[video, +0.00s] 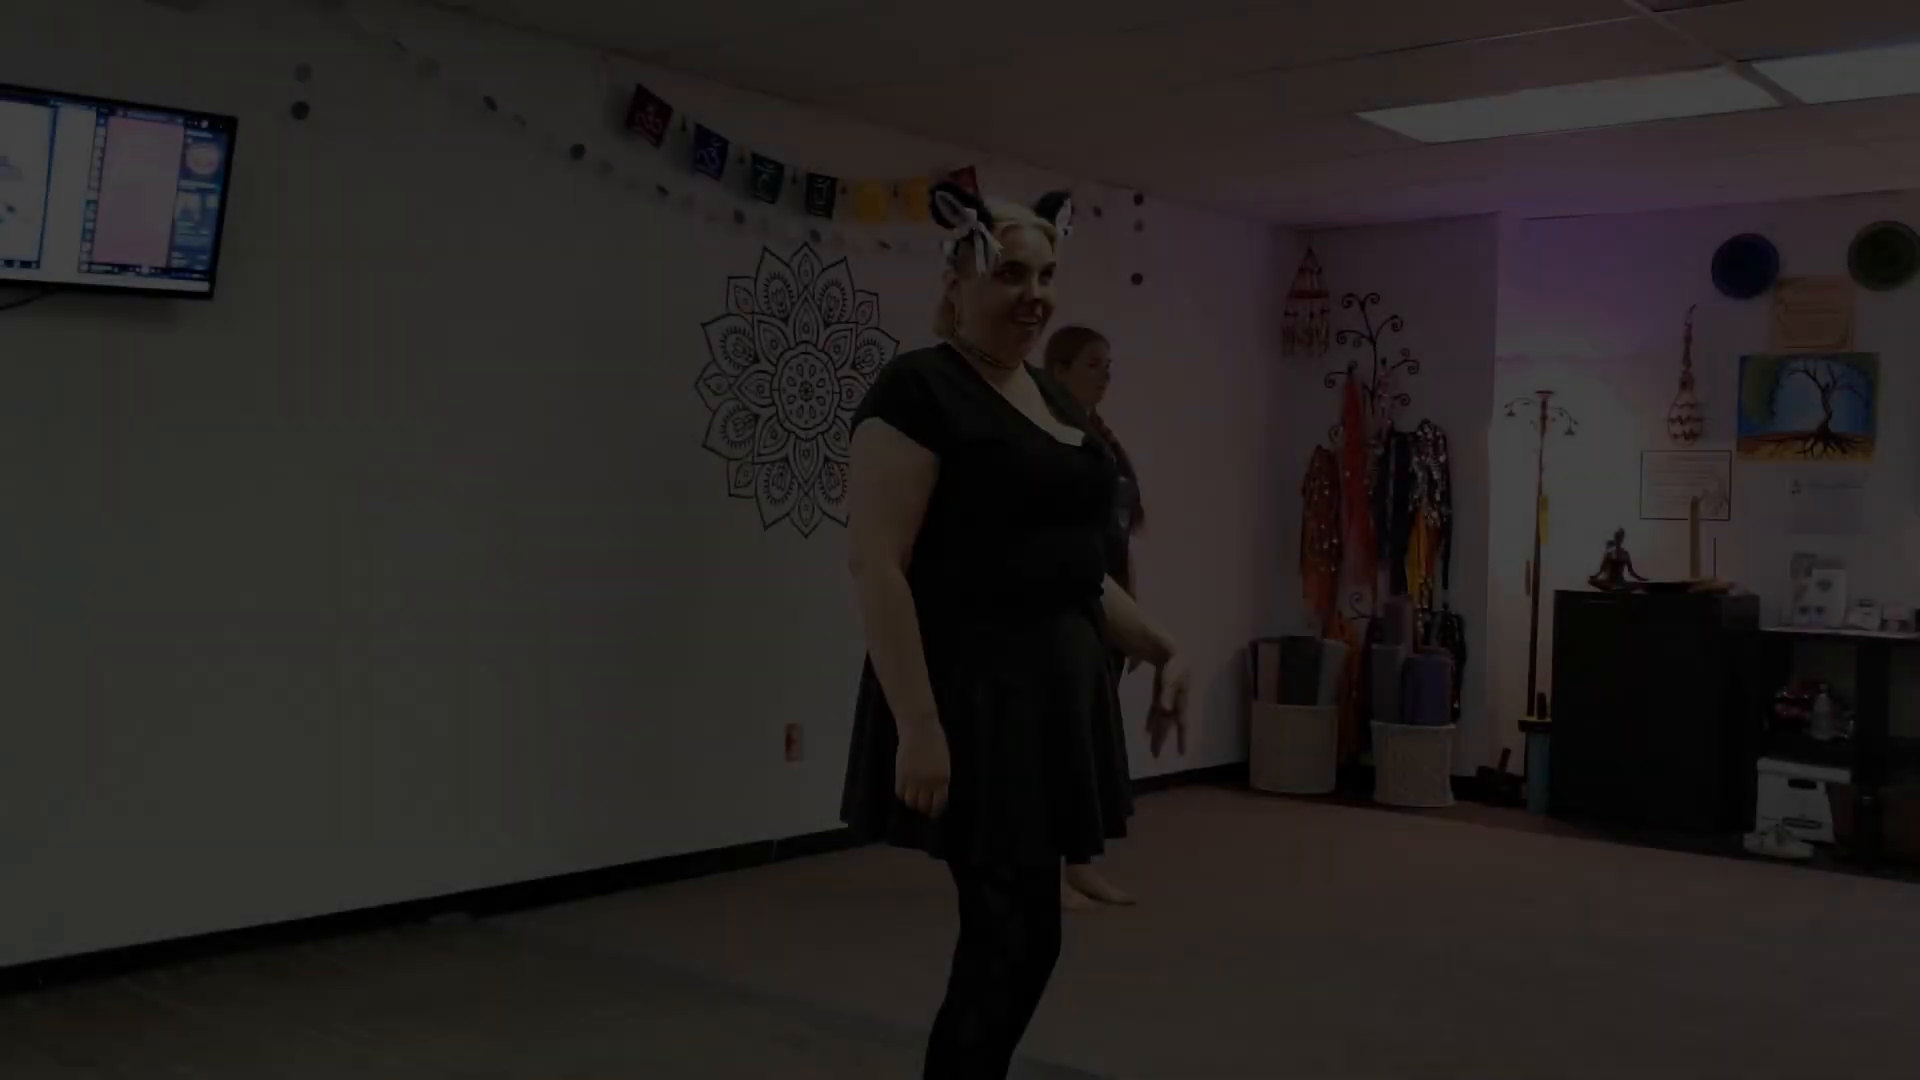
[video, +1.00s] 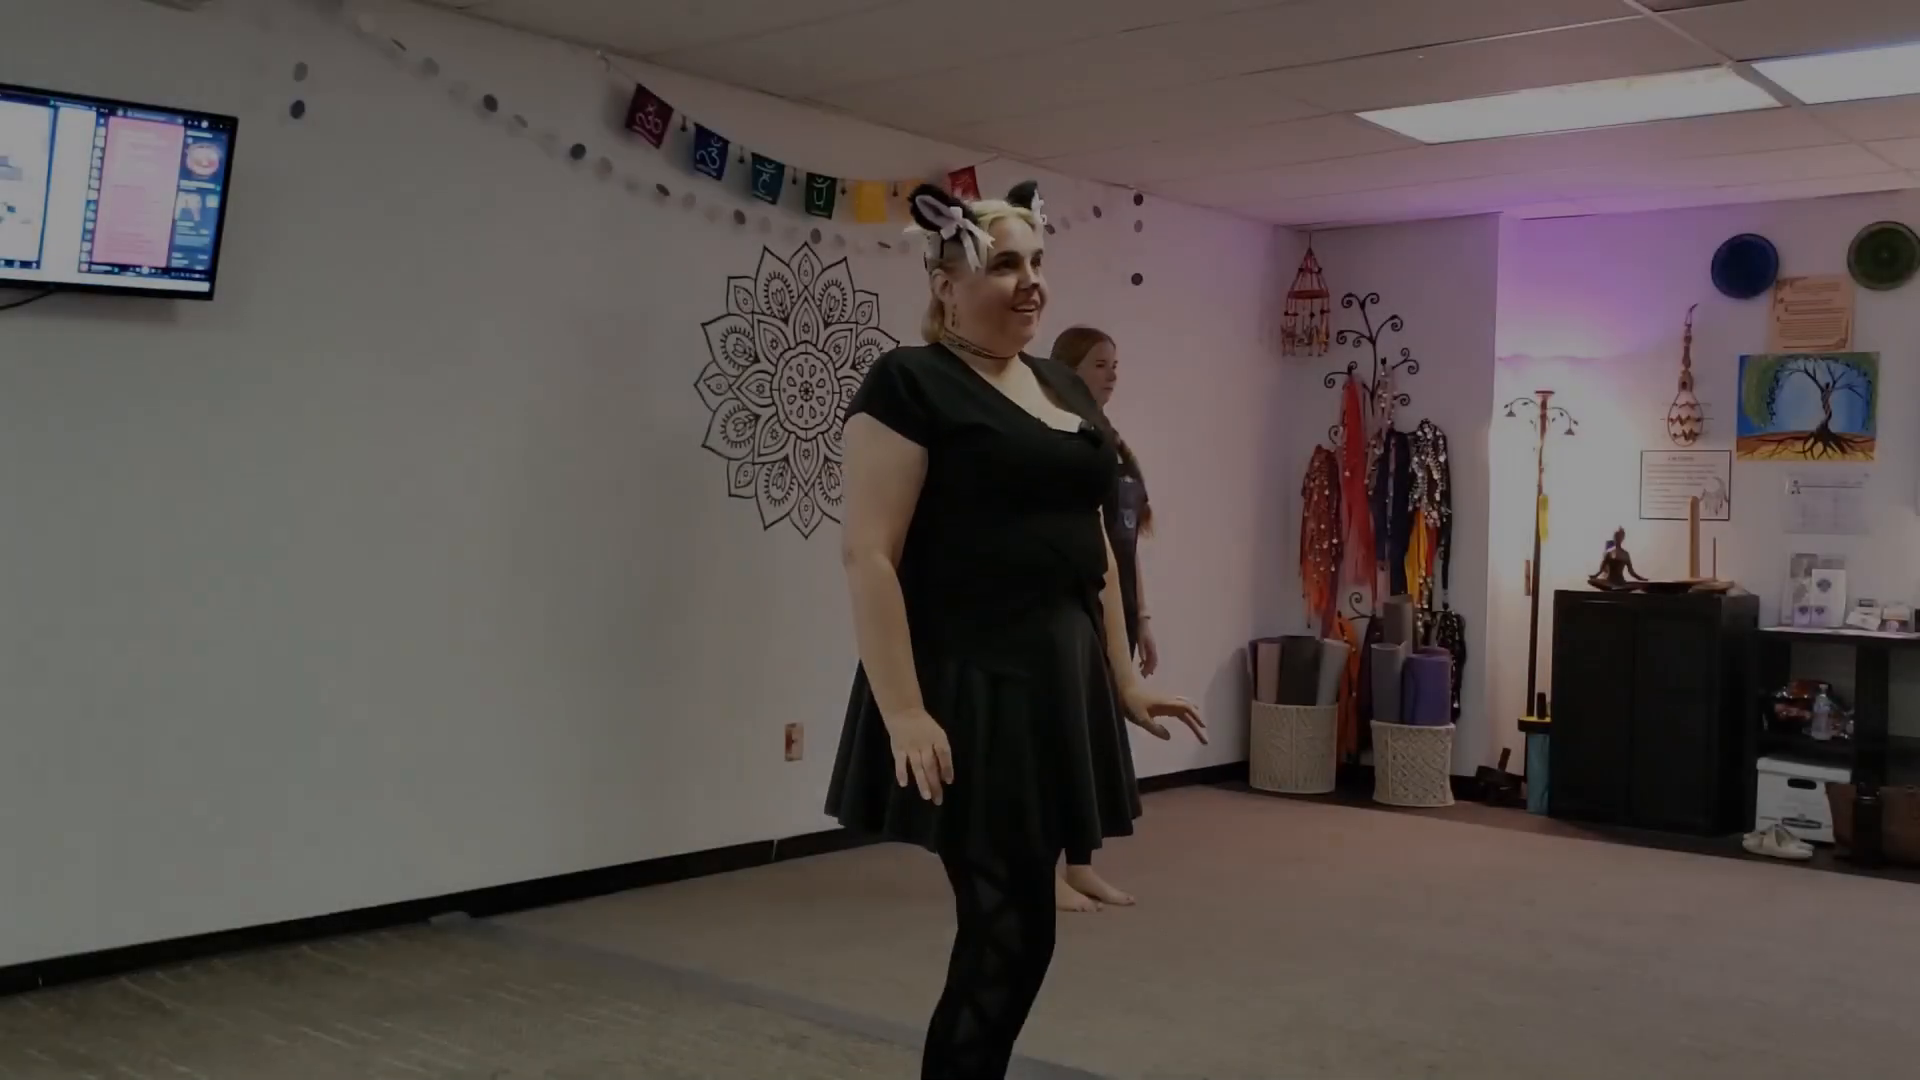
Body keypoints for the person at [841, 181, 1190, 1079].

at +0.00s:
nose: (1034, 292)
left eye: (1046, 276)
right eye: (1011, 274)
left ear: (1055, 289)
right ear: (957, 284)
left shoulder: (1052, 402)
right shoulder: (917, 390)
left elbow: (1071, 567)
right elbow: (874, 562)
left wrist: (1159, 644)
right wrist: (916, 726)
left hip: (1047, 699)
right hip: (963, 703)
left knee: (1013, 941)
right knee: (1011, 942)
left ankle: (968, 1072)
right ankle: (957, 1075)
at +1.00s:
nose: (1031, 282)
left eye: (1039, 264)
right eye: (1005, 265)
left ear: (1046, 277)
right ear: (947, 286)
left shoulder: (1056, 388)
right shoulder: (908, 383)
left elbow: (1093, 549)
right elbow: (868, 554)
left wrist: (1127, 683)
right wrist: (903, 712)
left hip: (1051, 688)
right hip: (960, 692)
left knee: (1004, 941)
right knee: (1011, 943)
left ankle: (964, 1068)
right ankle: (954, 1070)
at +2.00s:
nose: (1017, 280)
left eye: (1024, 264)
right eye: (990, 267)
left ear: (1035, 282)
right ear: (938, 295)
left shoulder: (1051, 380)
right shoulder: (910, 378)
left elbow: (1102, 528)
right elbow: (896, 552)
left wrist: (1124, 663)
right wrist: (939, 713)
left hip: (1058, 679)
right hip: (967, 688)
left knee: (1021, 935)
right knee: (1017, 940)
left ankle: (970, 1068)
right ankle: (956, 1071)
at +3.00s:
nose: (1055, 278)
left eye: (1066, 259)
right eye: (1031, 260)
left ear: (1079, 269)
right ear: (978, 270)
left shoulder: (1086, 387)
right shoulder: (932, 374)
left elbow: (1130, 552)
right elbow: (850, 533)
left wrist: (1271, 592)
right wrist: (797, 687)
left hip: (1060, 671)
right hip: (950, 668)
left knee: (992, 924)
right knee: (1065, 909)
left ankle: (966, 1076)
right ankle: (1067, 1072)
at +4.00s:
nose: (1054, 222)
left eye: (1086, 201)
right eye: (1042, 206)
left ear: (1148, 224)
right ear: (1029, 234)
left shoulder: (1219, 369)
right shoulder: (989, 367)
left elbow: (1286, 569)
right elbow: (918, 551)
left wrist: (1374, 699)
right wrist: (803, 641)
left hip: (1164, 749)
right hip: (1010, 748)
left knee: (1103, 1047)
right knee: (1061, 1041)